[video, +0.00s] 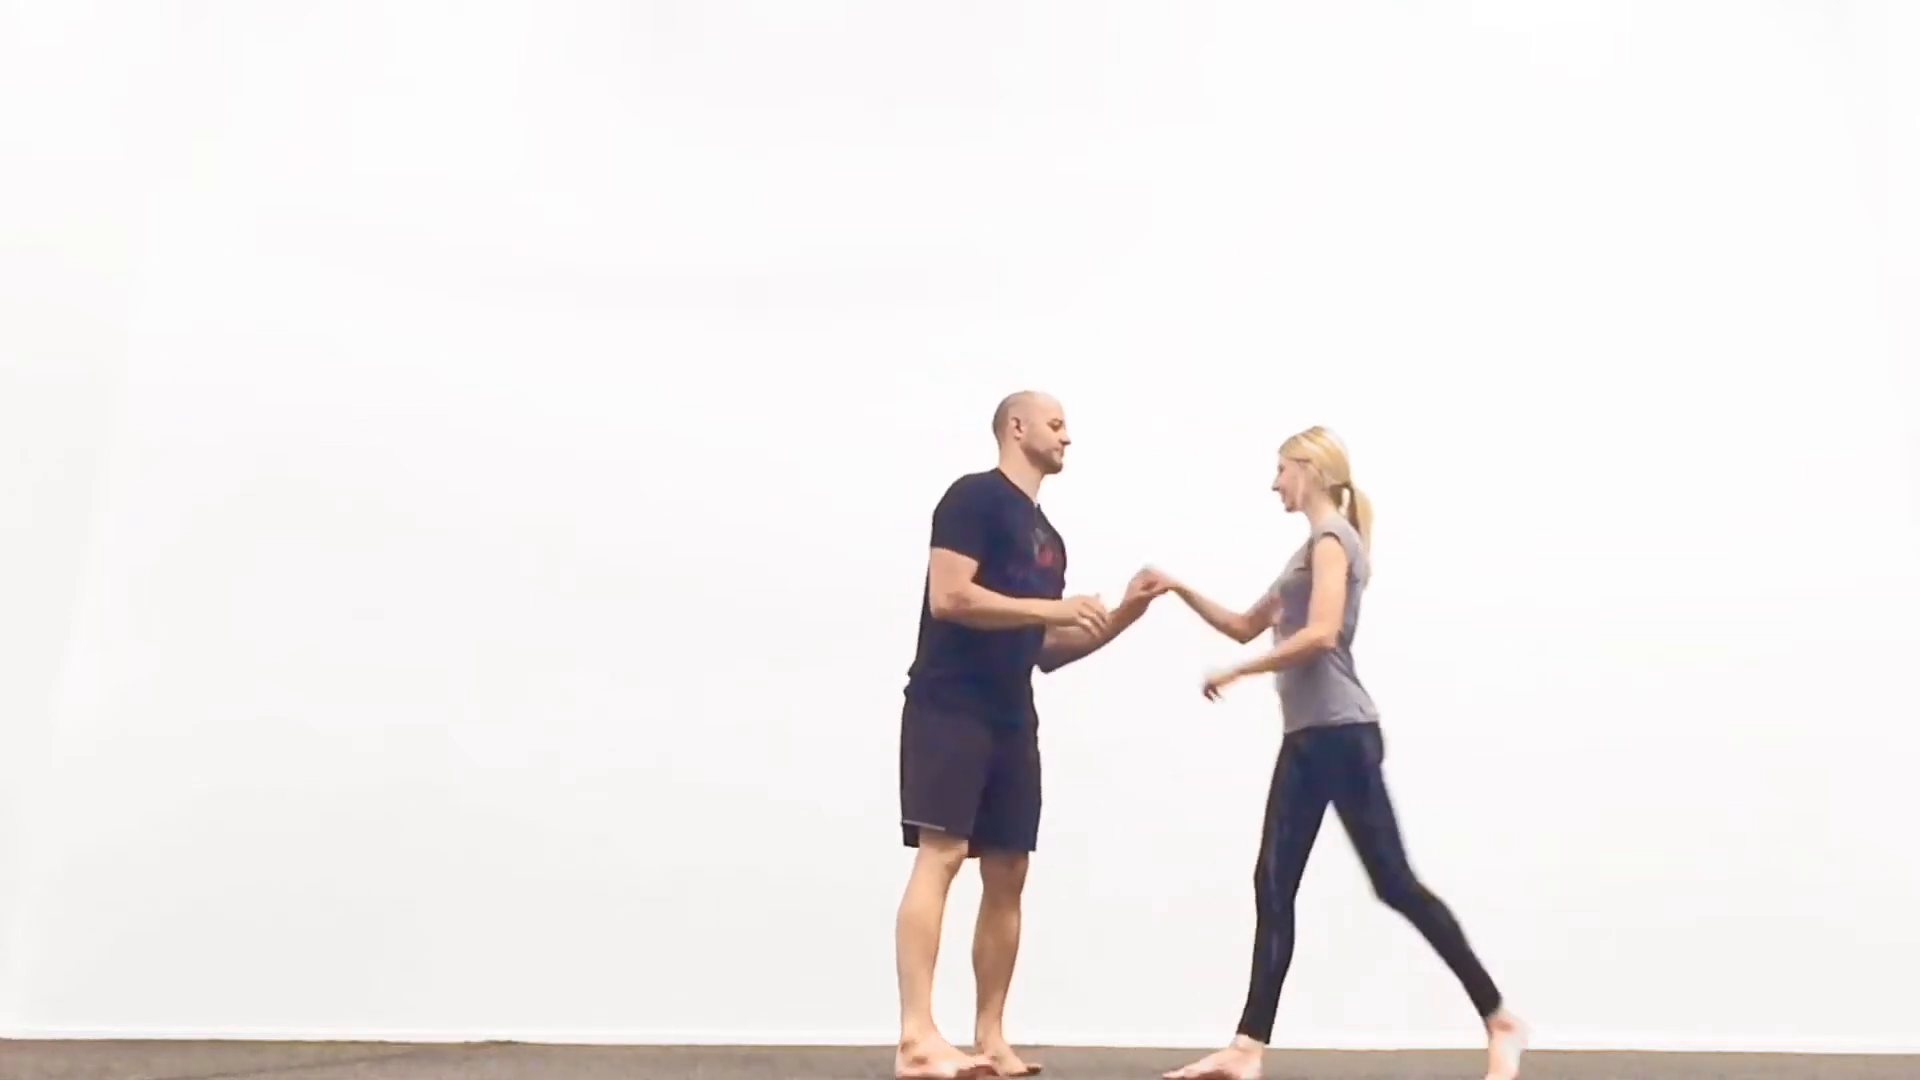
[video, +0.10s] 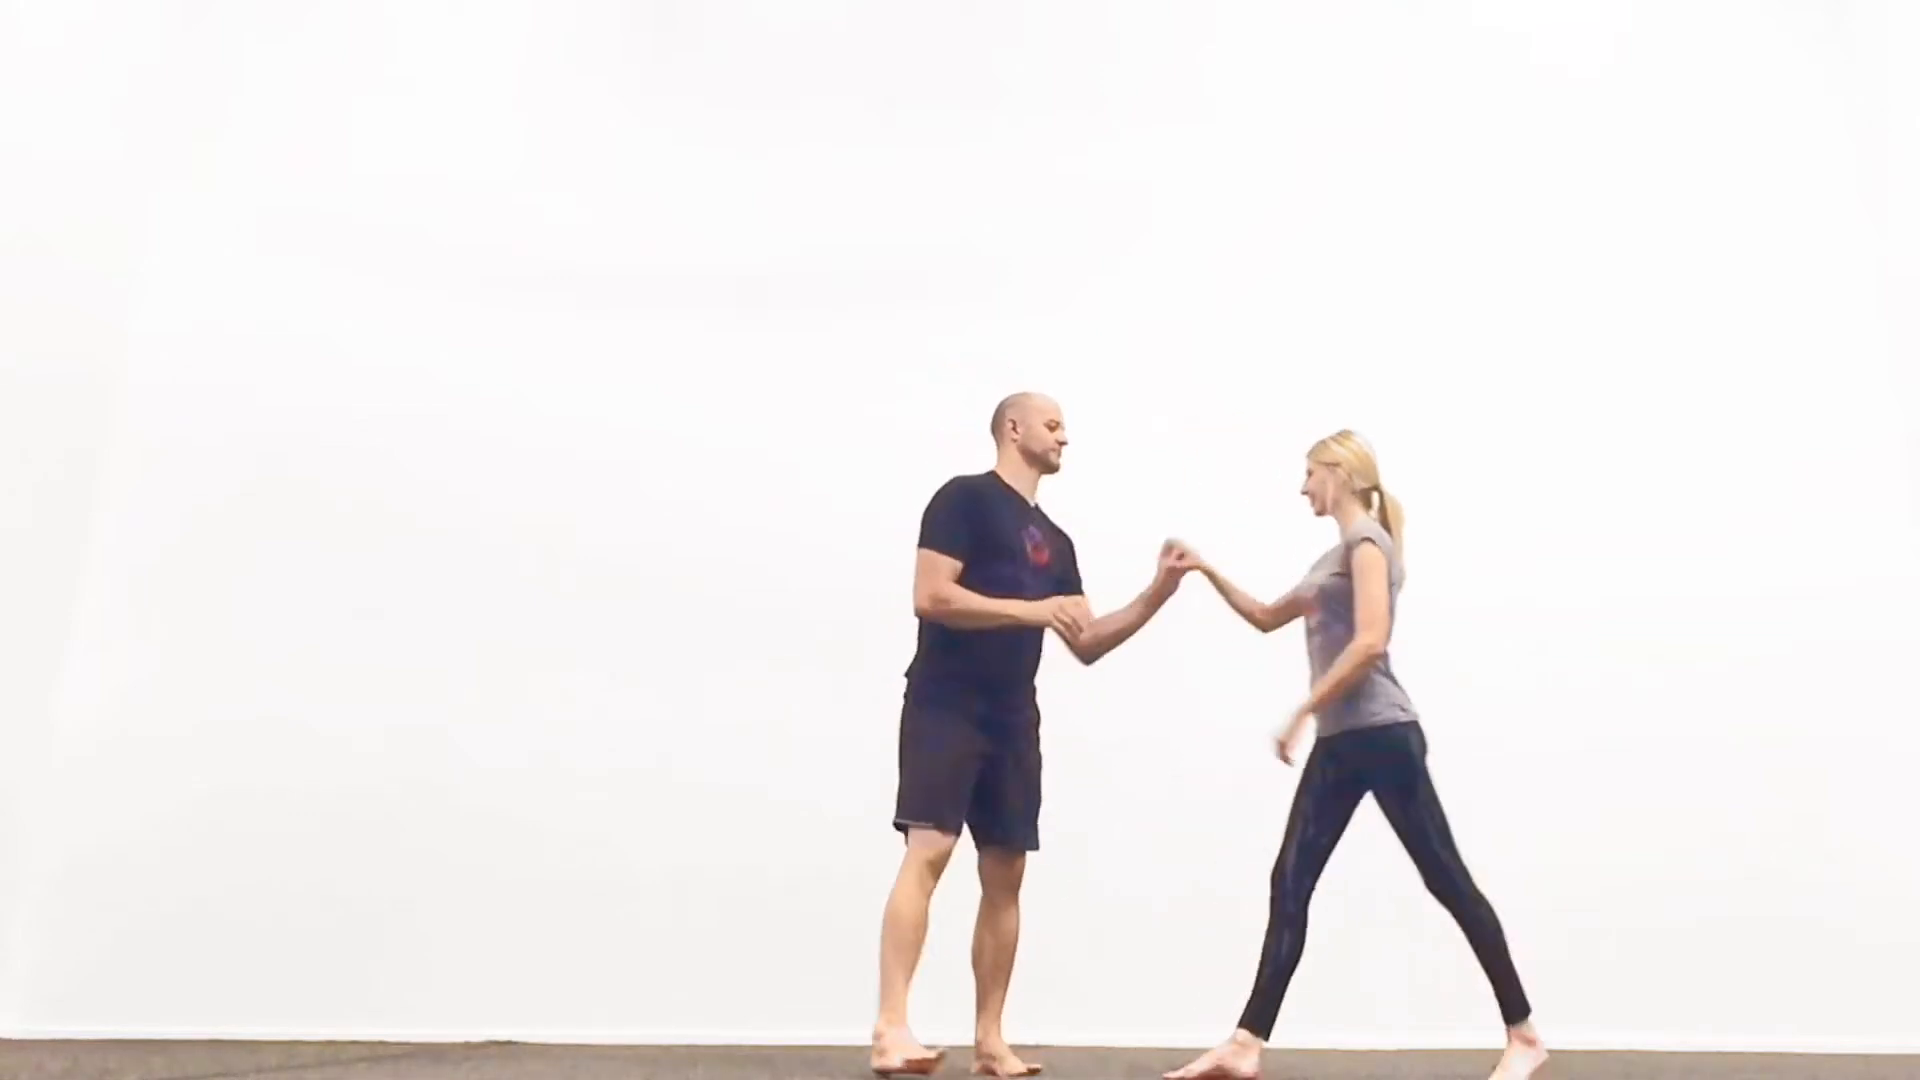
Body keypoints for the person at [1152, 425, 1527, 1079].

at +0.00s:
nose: (1275, 480)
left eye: (1281, 468)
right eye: (1277, 469)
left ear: (1309, 471)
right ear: (1312, 473)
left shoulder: (1331, 538)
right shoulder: (1311, 550)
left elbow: (1321, 632)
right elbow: (1244, 626)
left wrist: (1240, 669)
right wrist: (1176, 587)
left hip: (1341, 730)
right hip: (1306, 735)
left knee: (1395, 884)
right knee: (1273, 883)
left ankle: (1499, 1021)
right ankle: (1247, 1047)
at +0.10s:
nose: (1305, 486)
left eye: (1311, 474)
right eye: (1306, 475)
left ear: (1339, 476)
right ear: (1346, 478)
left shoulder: (1365, 543)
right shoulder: (1340, 556)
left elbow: (1371, 642)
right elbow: (1264, 617)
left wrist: (1303, 712)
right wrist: (1203, 568)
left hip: (1381, 733)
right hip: (1342, 738)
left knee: (1449, 881)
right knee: (1290, 883)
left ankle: (1524, 1035)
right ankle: (1246, 1043)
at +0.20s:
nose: (1329, 489)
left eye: (1336, 478)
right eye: (1330, 479)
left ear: (1365, 481)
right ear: (1365, 483)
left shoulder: (1396, 548)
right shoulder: (1355, 561)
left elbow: (1404, 650)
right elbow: (1280, 607)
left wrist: (1374, 742)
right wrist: (1227, 550)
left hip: (1411, 736)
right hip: (1358, 741)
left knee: (1475, 883)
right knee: (1306, 886)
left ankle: (1531, 1045)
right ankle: (1243, 1037)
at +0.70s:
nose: (1313, 490)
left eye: (1320, 478)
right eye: (1313, 480)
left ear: (1351, 479)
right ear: (1348, 481)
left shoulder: (1379, 545)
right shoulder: (1336, 556)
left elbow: (1377, 644)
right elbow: (1256, 600)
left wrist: (1354, 736)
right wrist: (1204, 549)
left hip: (1373, 730)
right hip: (1325, 737)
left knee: (1433, 880)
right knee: (1277, 878)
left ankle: (1517, 1033)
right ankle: (1232, 1041)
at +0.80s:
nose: (1268, 481)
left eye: (1275, 469)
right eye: (1269, 471)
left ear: (1308, 472)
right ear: (1307, 475)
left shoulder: (1327, 538)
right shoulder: (1291, 547)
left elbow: (1330, 632)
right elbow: (1209, 587)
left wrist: (1308, 725)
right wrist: (1164, 539)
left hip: (1314, 725)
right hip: (1288, 728)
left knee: (1359, 885)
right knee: (1256, 882)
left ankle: (1477, 1005)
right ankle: (1234, 1045)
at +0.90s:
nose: (1222, 474)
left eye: (1229, 463)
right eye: (1223, 464)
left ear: (1259, 466)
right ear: (1257, 467)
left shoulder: (1278, 530)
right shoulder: (1249, 538)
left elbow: (1289, 618)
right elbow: (1170, 571)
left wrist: (1270, 712)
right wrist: (1129, 524)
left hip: (1265, 719)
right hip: (1239, 722)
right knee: (1234, 881)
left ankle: (1383, 979)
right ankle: (1233, 1042)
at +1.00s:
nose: (1175, 471)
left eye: (1182, 459)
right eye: (1176, 461)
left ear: (1213, 463)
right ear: (1215, 464)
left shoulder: (1231, 527)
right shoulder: (1211, 531)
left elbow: (1252, 612)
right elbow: (1136, 557)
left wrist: (1239, 702)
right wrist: (1101, 506)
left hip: (1218, 714)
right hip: (1214, 713)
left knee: (1146, 858)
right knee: (1220, 875)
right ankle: (1233, 1039)